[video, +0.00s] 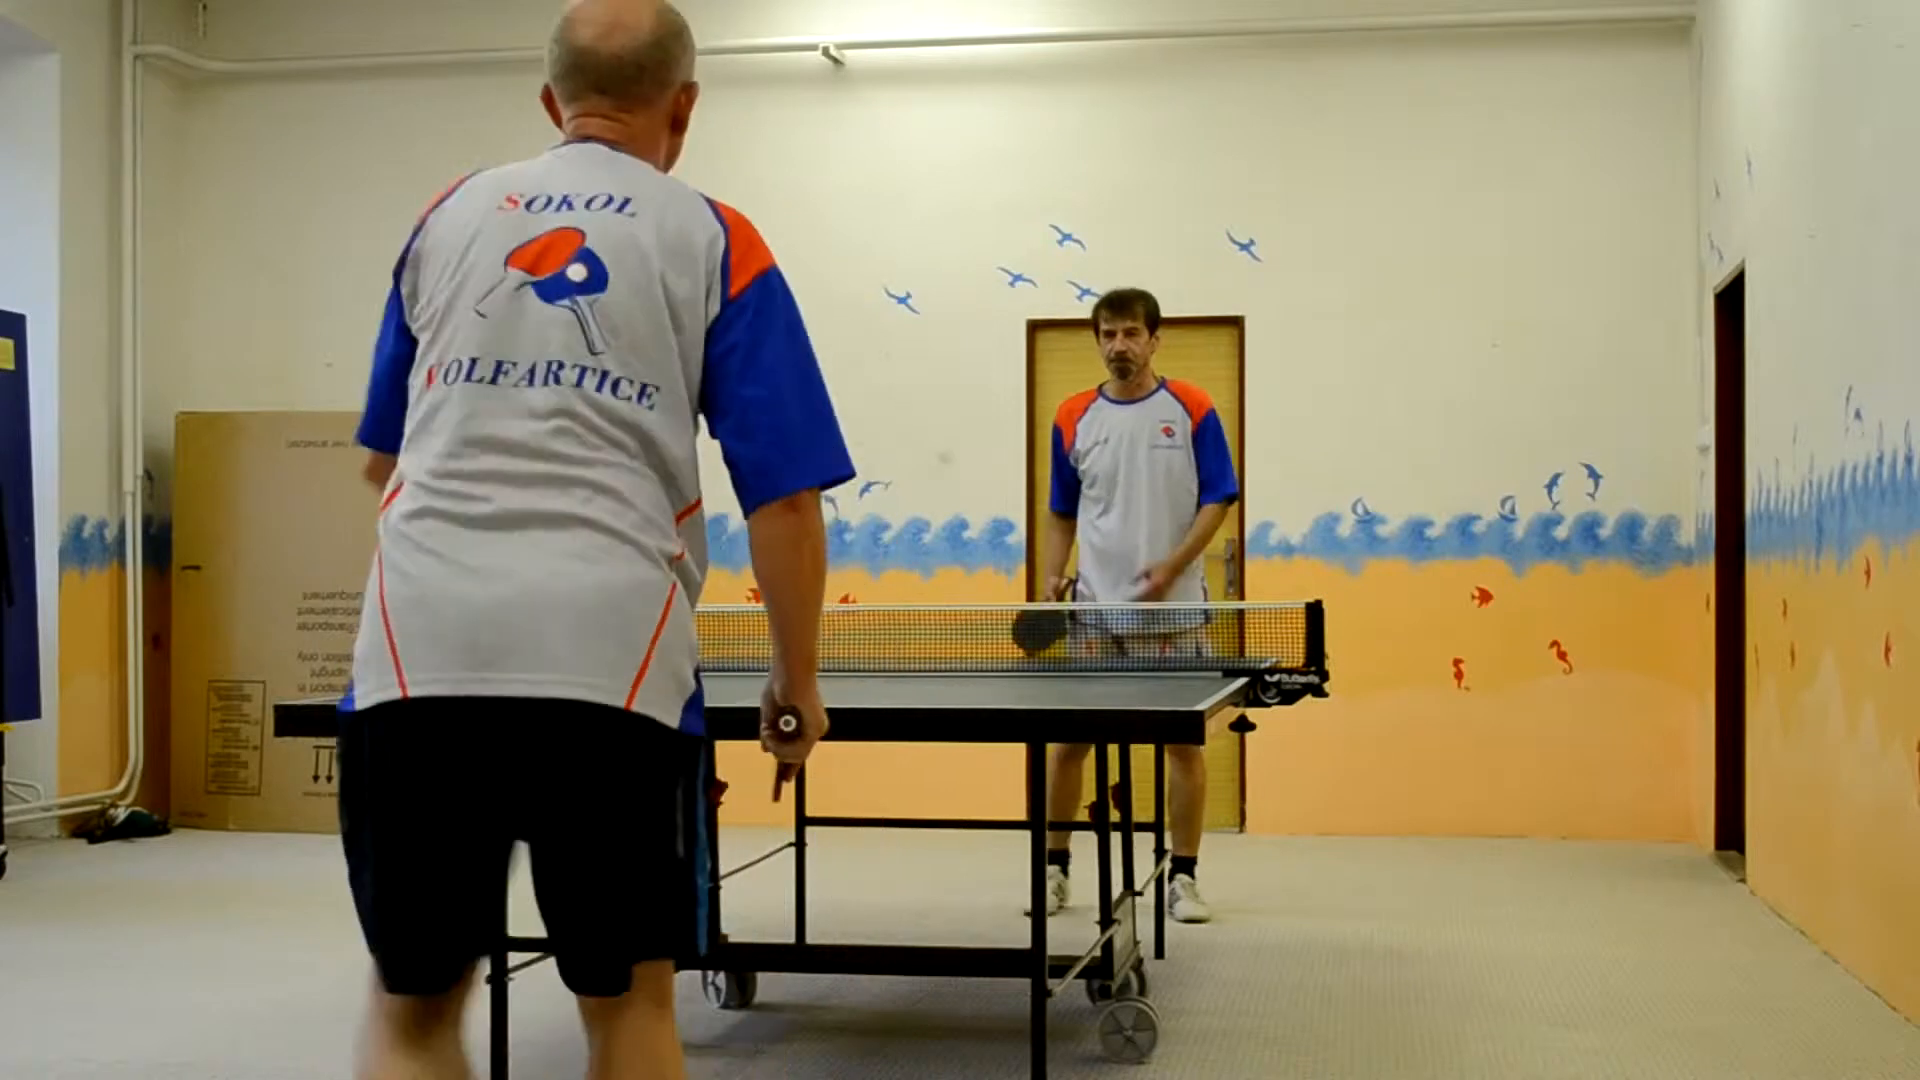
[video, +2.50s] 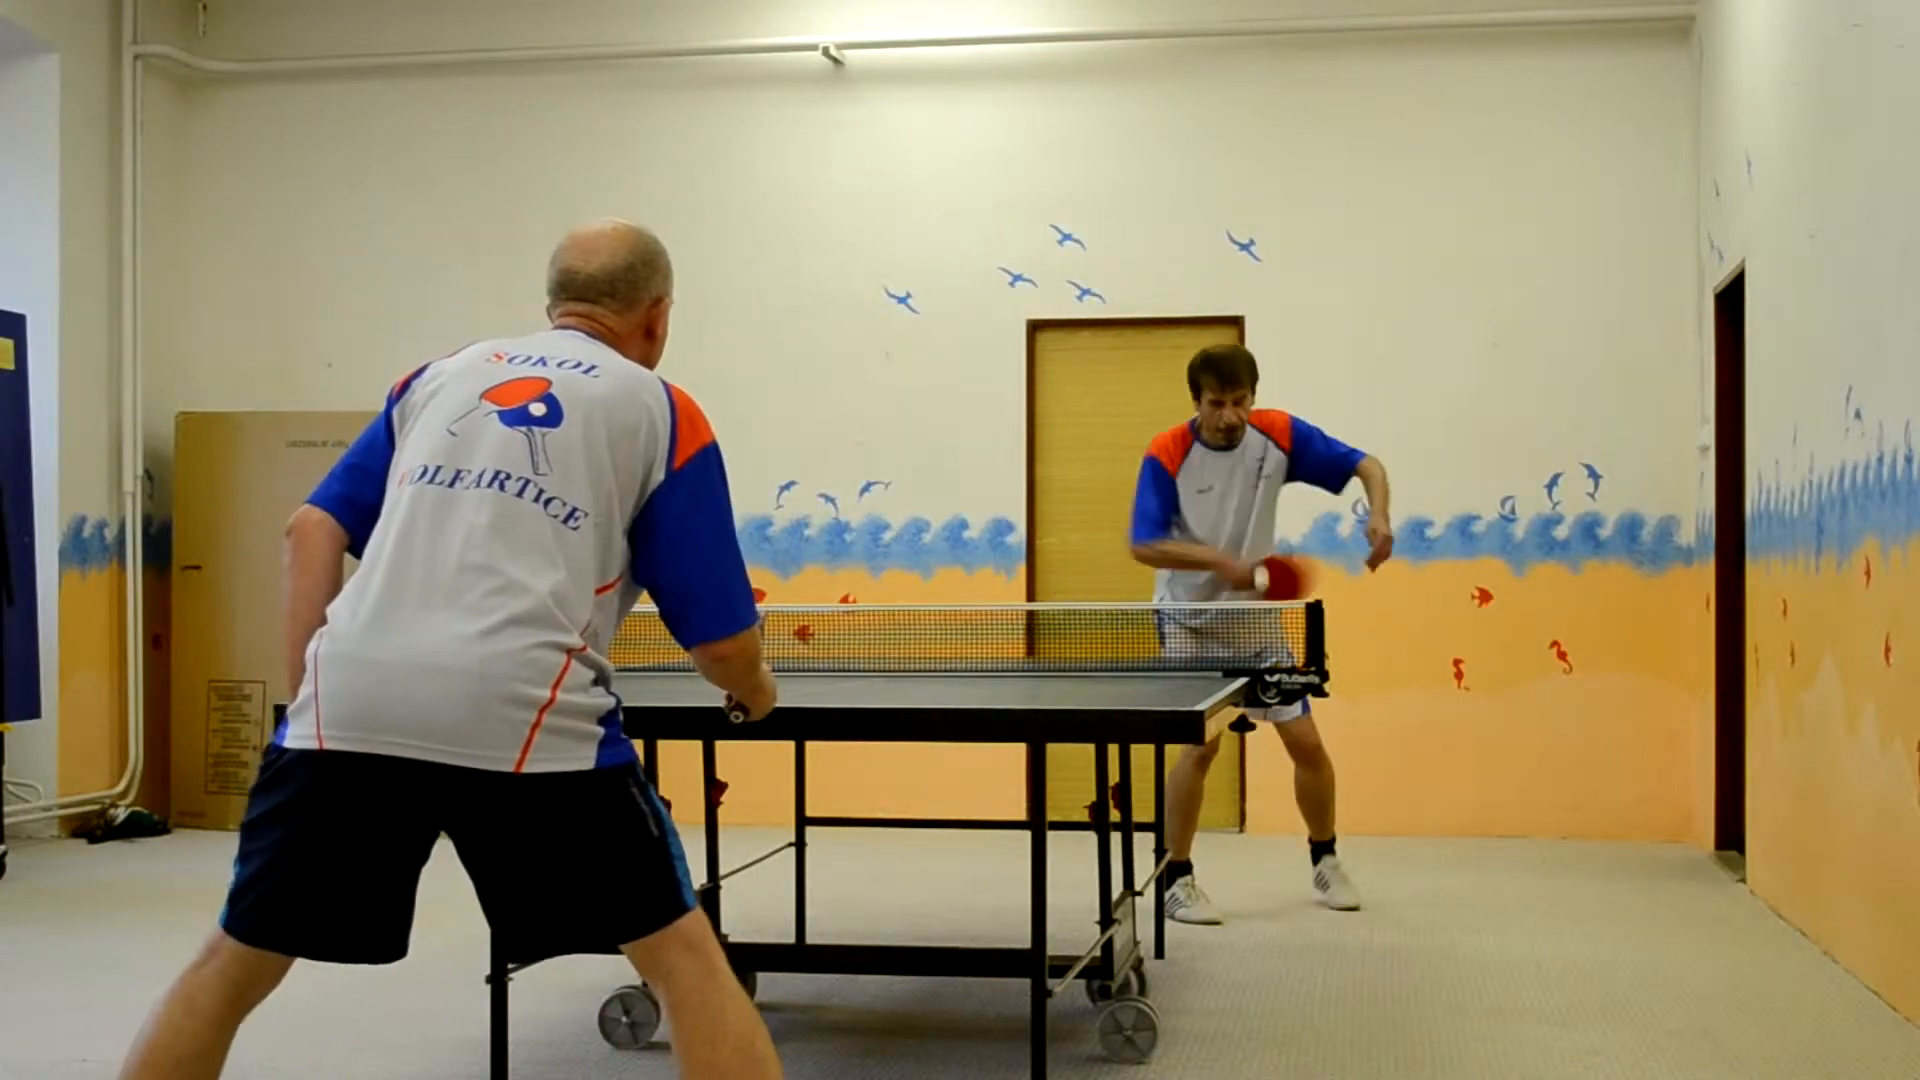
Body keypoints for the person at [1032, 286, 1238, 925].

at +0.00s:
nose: (1119, 344)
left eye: (1130, 333)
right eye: (1109, 334)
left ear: (1153, 339)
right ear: (1097, 341)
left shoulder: (1191, 409)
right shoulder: (1073, 417)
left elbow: (1220, 497)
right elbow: (1061, 510)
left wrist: (1177, 561)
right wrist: (1052, 574)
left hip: (1173, 610)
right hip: (1094, 611)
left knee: (1185, 742)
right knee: (1069, 740)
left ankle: (1182, 874)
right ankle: (1054, 870)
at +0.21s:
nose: (1086, 352)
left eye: (1097, 340)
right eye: (1076, 341)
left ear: (1121, 343)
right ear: (1064, 346)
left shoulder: (1156, 409)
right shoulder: (1040, 419)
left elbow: (1171, 500)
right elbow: (1027, 508)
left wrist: (1120, 541)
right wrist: (1028, 567)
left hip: (1145, 606)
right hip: (1067, 608)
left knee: (1171, 740)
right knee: (1051, 740)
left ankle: (1178, 872)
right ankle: (1049, 870)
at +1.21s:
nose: (1159, 381)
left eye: (1171, 369)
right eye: (1148, 369)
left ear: (1187, 367)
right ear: (1130, 367)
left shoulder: (1214, 420)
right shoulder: (1093, 431)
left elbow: (1240, 510)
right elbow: (1052, 517)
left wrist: (1184, 544)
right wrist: (1081, 573)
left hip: (1191, 609)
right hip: (1123, 610)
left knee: (1180, 736)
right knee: (1142, 738)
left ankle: (1146, 862)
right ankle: (1144, 871)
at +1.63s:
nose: (1200, 438)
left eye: (1210, 425)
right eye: (1187, 426)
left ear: (1222, 418)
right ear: (1163, 419)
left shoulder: (1242, 454)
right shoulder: (1127, 473)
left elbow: (1273, 545)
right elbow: (1088, 569)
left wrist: (1255, 607)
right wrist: (1140, 632)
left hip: (1213, 632)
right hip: (1151, 637)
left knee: (1247, 738)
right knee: (1175, 746)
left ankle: (1197, 857)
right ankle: (1170, 879)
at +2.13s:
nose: (1220, 436)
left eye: (1229, 424)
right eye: (1208, 425)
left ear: (1240, 414)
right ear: (1182, 415)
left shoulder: (1253, 440)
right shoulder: (1154, 471)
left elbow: (1299, 519)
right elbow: (1142, 577)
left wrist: (1278, 550)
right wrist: (1223, 625)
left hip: (1224, 620)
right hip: (1162, 623)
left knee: (1286, 715)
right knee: (1192, 742)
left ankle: (1253, 831)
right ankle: (1174, 879)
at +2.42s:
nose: (1231, 423)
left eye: (1239, 410)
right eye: (1218, 413)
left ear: (1249, 401)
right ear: (1192, 406)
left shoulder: (1262, 425)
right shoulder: (1169, 462)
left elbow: (1347, 461)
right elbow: (1188, 567)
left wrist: (1356, 505)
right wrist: (1264, 549)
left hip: (1241, 608)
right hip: (1182, 617)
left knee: (1310, 727)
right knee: (1202, 746)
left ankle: (1327, 841)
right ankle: (1175, 880)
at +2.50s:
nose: (1229, 416)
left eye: (1239, 403)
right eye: (1217, 405)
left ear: (1252, 395)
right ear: (1196, 400)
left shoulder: (1278, 434)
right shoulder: (1166, 454)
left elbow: (1368, 466)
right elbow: (1144, 545)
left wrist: (1380, 517)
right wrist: (1220, 559)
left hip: (1254, 614)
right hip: (1187, 618)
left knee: (1308, 744)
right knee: (1198, 746)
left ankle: (1325, 863)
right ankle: (1176, 879)